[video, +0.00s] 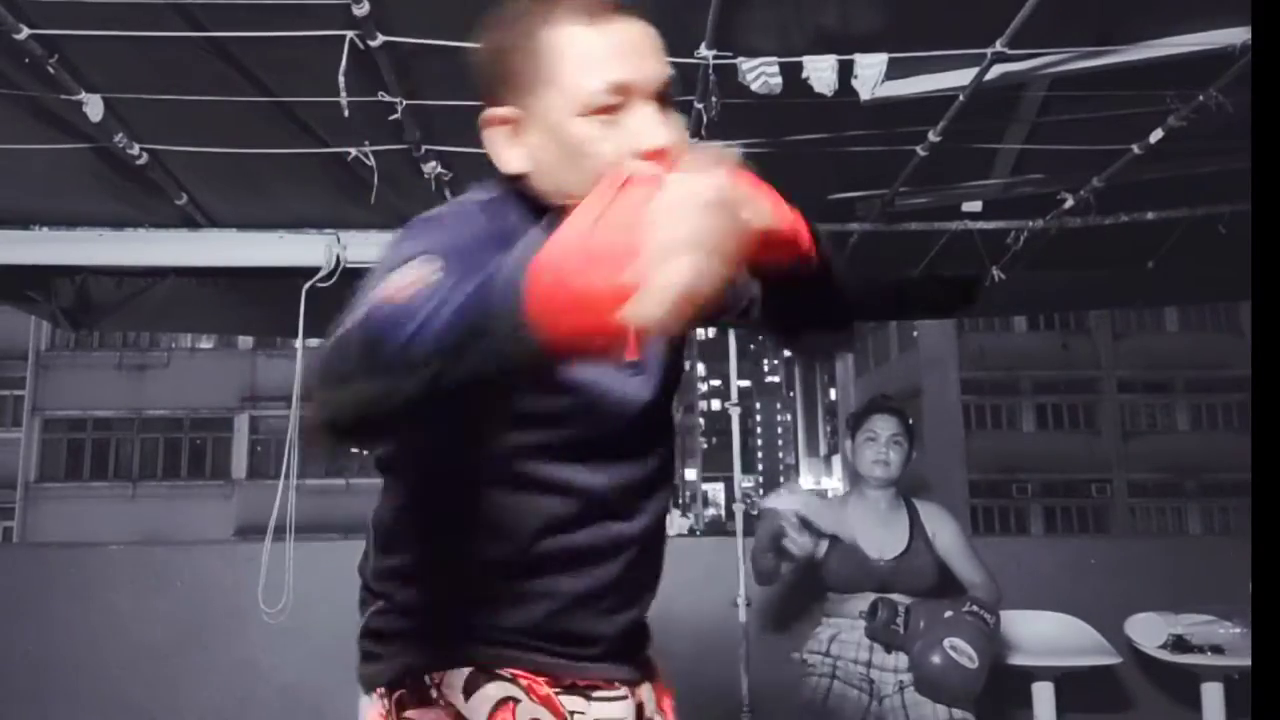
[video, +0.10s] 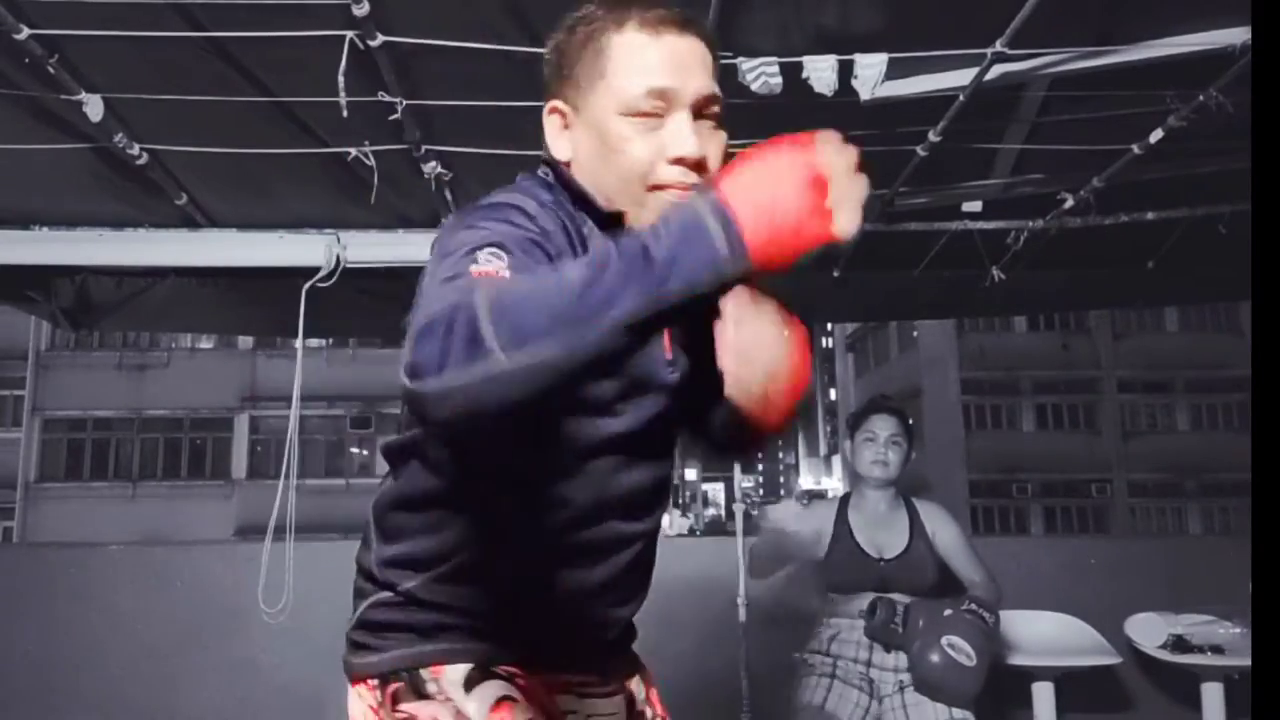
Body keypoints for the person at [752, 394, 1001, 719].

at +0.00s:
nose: (883, 450)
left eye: (895, 443)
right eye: (870, 439)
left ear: (909, 456)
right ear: (850, 450)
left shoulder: (931, 518)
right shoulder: (823, 515)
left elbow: (984, 587)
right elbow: (764, 576)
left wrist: (972, 620)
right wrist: (769, 526)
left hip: (921, 669)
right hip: (840, 666)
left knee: (938, 714)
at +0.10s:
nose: (881, 451)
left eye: (894, 443)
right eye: (869, 440)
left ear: (908, 456)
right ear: (849, 451)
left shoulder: (931, 517)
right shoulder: (817, 519)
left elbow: (984, 586)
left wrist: (976, 613)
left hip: (919, 666)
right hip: (838, 664)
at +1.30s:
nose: (884, 451)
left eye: (897, 443)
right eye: (872, 439)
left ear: (912, 456)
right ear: (853, 448)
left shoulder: (934, 516)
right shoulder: (823, 513)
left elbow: (984, 587)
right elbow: (773, 576)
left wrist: (973, 614)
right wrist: (777, 514)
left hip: (921, 669)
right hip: (839, 666)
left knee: (937, 714)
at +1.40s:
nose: (884, 450)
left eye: (898, 443)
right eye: (873, 439)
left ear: (913, 458)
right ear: (853, 446)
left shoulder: (933, 515)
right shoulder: (826, 513)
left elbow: (981, 585)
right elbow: (795, 581)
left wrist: (971, 616)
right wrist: (785, 510)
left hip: (920, 666)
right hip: (840, 663)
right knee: (828, 712)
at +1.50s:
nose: (884, 451)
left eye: (898, 443)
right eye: (873, 439)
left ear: (913, 458)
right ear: (854, 447)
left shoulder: (934, 516)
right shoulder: (827, 514)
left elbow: (982, 585)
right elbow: (794, 580)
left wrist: (972, 614)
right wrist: (784, 507)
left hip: (921, 667)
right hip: (840, 664)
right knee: (825, 712)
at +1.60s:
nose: (885, 449)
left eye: (898, 442)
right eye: (874, 438)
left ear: (914, 457)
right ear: (854, 449)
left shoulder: (934, 516)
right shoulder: (827, 511)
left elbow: (984, 588)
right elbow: (770, 573)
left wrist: (974, 616)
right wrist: (787, 516)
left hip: (921, 666)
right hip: (839, 662)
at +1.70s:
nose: (887, 451)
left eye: (900, 442)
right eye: (875, 440)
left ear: (914, 457)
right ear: (855, 450)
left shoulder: (934, 517)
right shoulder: (830, 509)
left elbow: (984, 587)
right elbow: (761, 561)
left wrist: (976, 611)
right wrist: (771, 536)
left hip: (921, 664)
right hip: (839, 661)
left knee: (938, 715)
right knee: (823, 711)